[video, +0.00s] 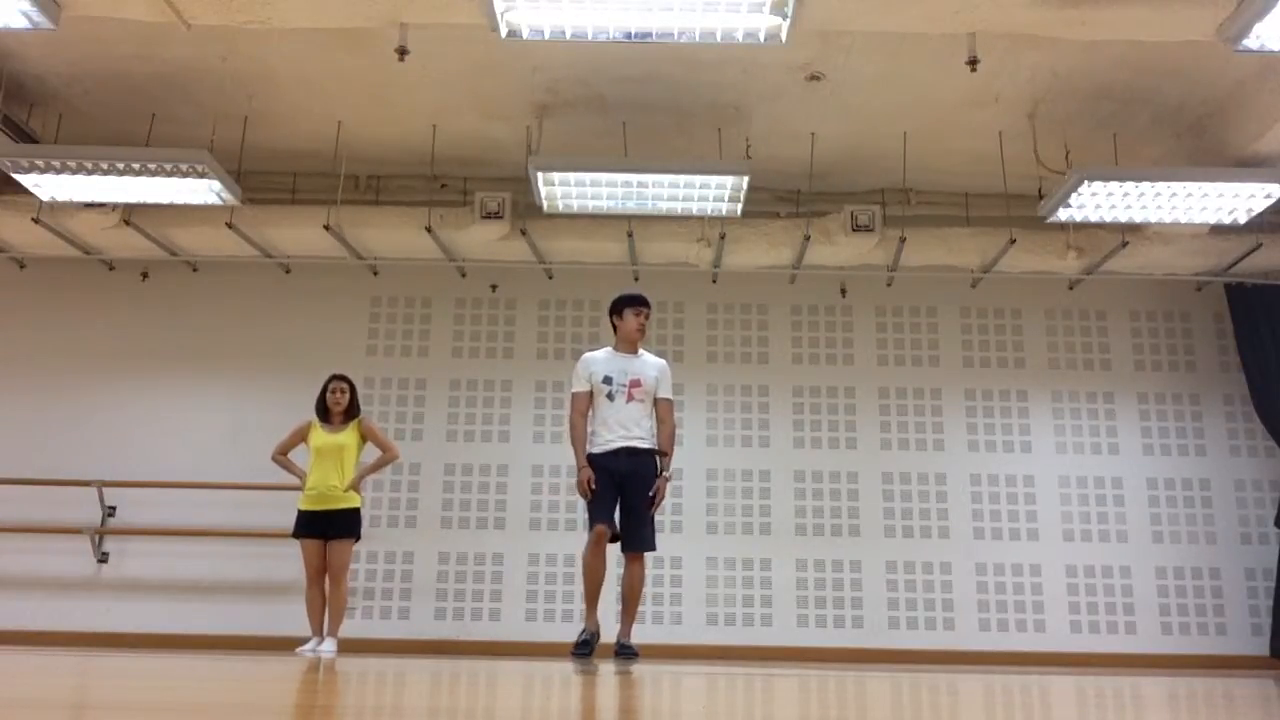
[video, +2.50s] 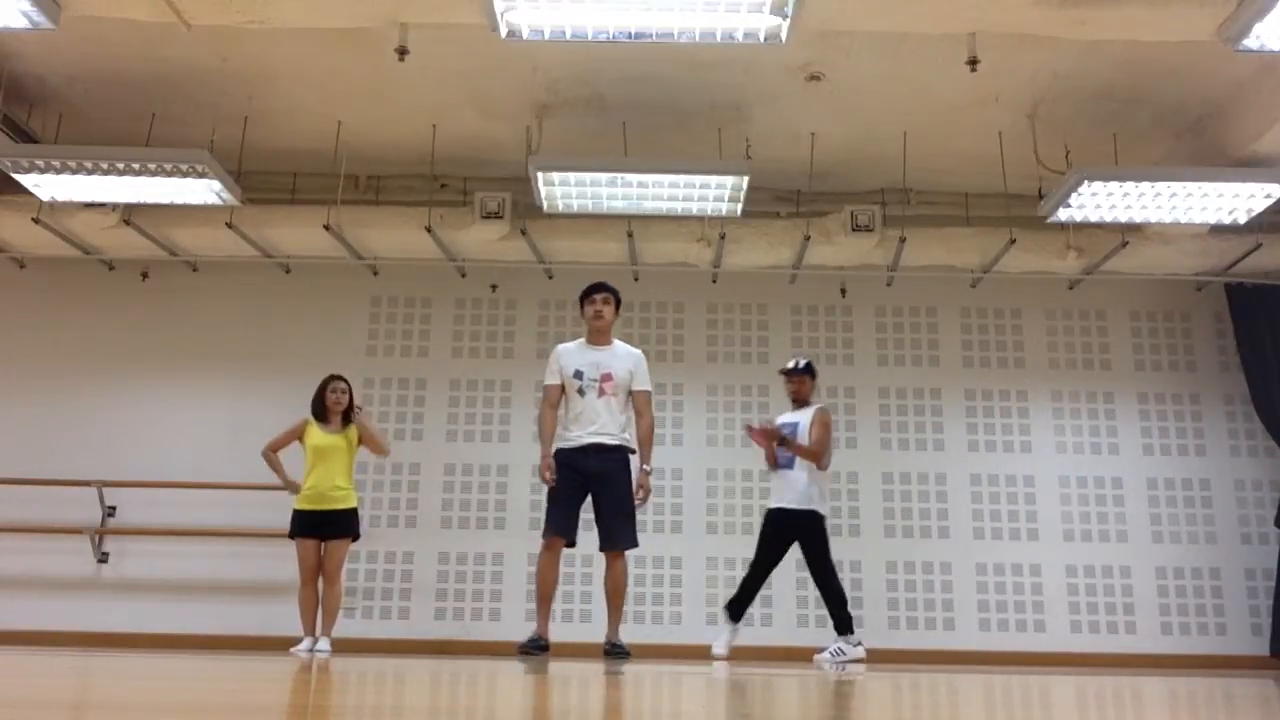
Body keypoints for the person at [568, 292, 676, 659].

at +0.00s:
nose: (643, 322)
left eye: (646, 317)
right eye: (636, 316)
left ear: (647, 324)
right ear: (616, 320)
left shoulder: (658, 367)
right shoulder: (591, 362)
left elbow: (666, 422)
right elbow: (578, 416)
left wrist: (664, 473)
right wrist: (582, 464)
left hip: (642, 462)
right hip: (601, 461)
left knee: (635, 550)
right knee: (599, 534)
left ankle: (624, 637)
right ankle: (590, 626)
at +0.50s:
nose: (616, 323)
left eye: (623, 317)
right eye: (610, 318)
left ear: (636, 321)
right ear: (603, 324)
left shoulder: (654, 365)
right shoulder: (588, 363)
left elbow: (665, 420)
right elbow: (574, 416)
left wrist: (660, 470)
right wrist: (568, 467)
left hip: (635, 462)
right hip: (592, 461)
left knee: (631, 551)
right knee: (579, 537)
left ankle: (624, 636)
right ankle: (584, 626)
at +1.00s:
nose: (566, 318)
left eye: (571, 311)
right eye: (563, 314)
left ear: (592, 313)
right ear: (563, 319)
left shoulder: (623, 357)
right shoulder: (555, 360)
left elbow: (636, 413)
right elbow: (543, 416)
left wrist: (635, 464)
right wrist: (534, 470)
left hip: (601, 460)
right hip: (558, 459)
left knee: (609, 552)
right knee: (542, 546)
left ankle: (620, 636)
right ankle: (529, 634)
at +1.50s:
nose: (525, 315)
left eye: (529, 306)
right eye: (526, 307)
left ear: (549, 308)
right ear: (543, 310)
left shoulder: (586, 347)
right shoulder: (528, 358)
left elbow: (593, 405)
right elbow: (515, 411)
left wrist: (572, 454)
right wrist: (501, 457)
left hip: (568, 453)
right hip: (527, 455)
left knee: (584, 540)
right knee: (527, 545)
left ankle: (607, 625)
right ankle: (528, 634)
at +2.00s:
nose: (546, 306)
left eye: (553, 300)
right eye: (540, 302)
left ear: (569, 308)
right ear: (536, 312)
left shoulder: (592, 349)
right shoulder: (526, 358)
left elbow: (600, 405)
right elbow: (516, 416)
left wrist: (587, 452)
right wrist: (514, 472)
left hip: (574, 453)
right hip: (530, 455)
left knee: (595, 539)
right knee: (528, 545)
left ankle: (613, 625)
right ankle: (529, 635)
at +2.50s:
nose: (598, 309)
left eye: (605, 304)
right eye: (592, 304)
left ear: (616, 312)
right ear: (582, 311)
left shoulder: (633, 358)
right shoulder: (562, 353)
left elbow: (644, 414)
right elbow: (550, 406)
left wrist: (644, 469)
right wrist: (546, 453)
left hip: (614, 459)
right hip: (569, 457)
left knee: (615, 550)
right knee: (552, 542)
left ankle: (614, 635)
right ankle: (541, 632)